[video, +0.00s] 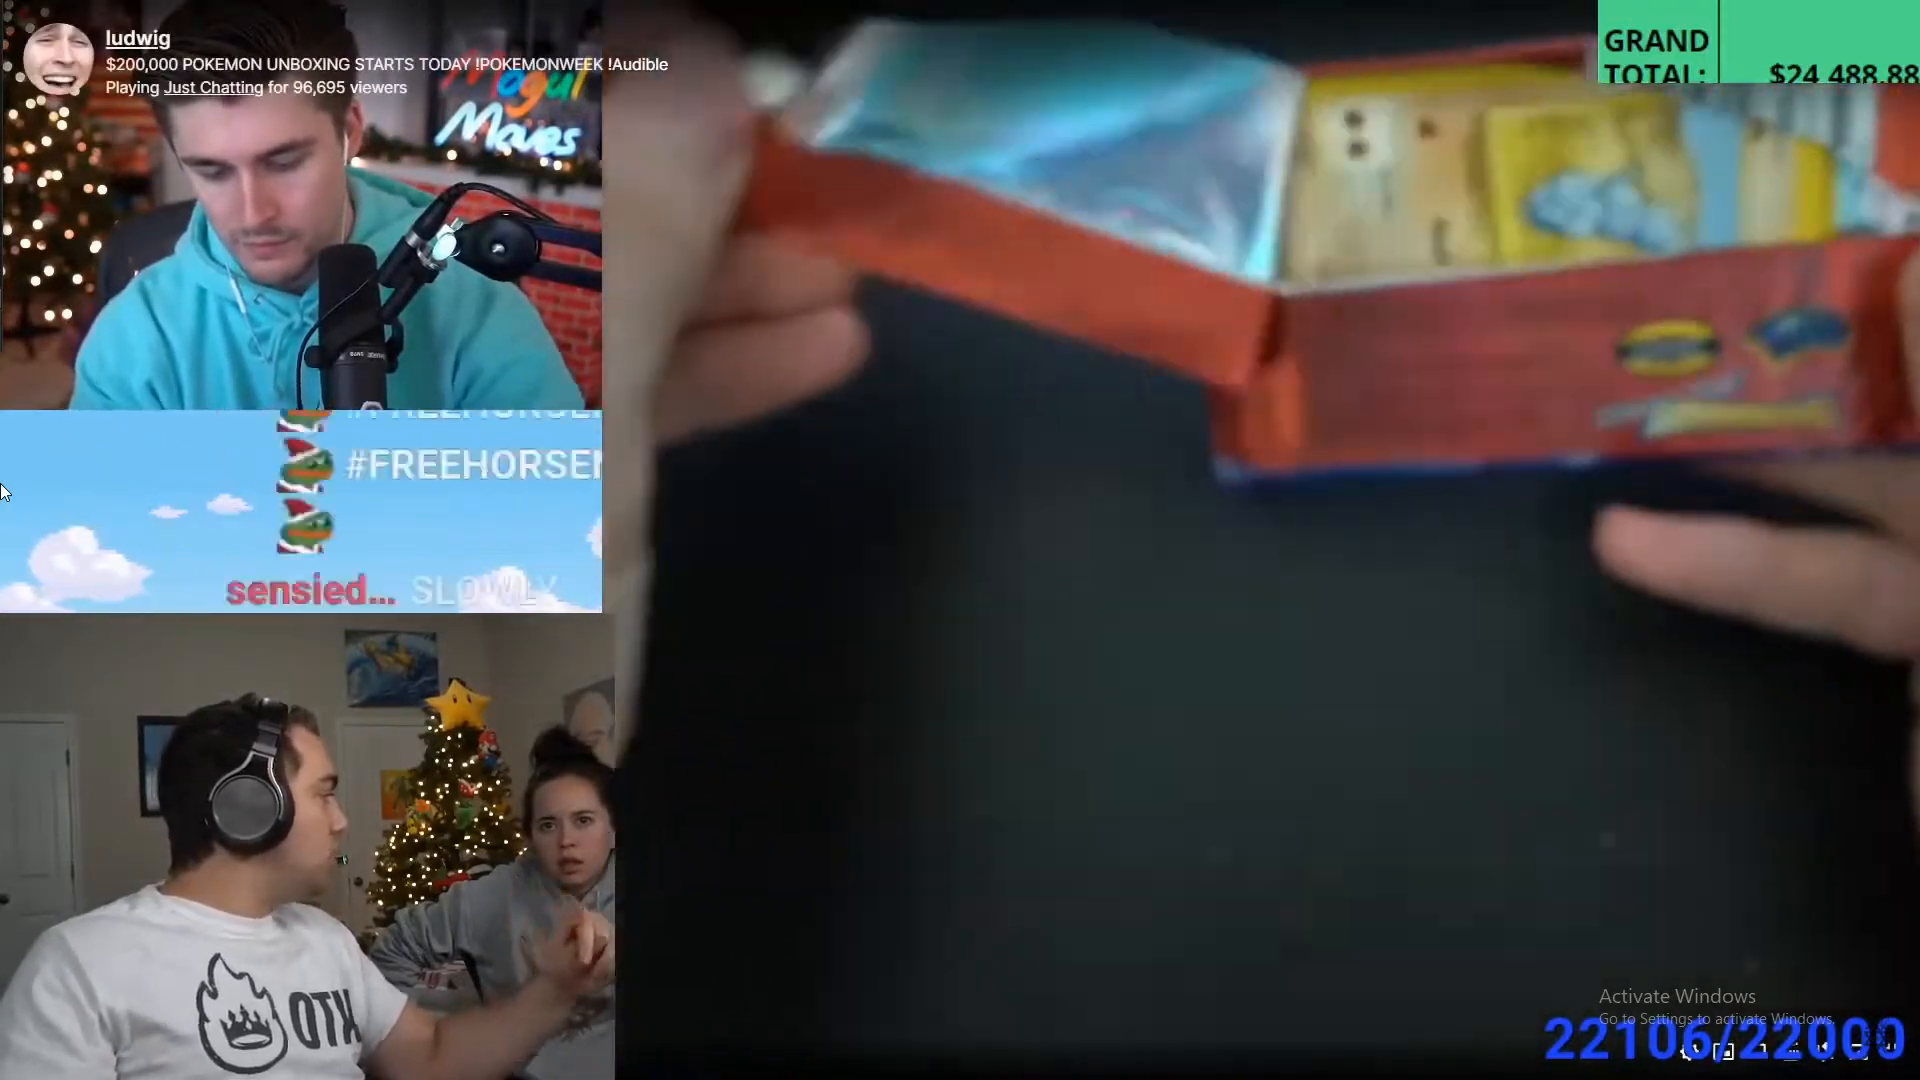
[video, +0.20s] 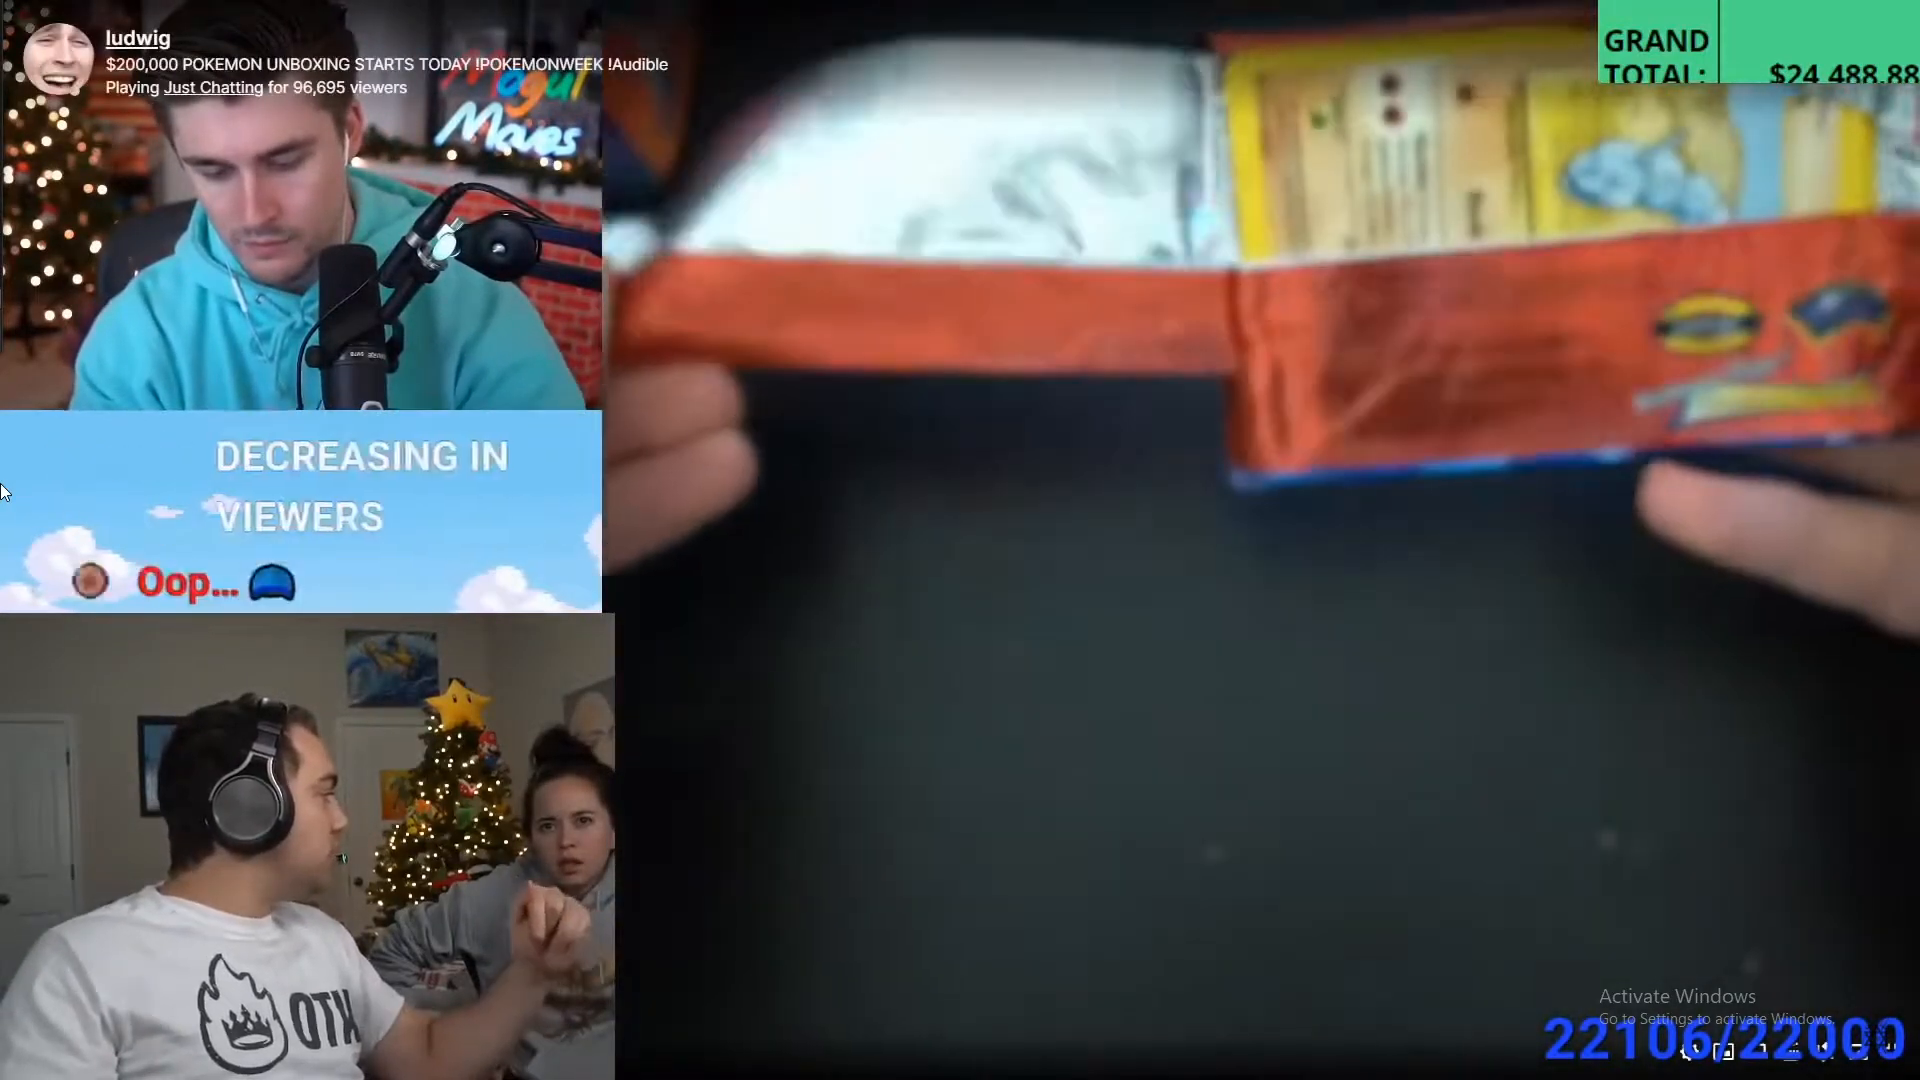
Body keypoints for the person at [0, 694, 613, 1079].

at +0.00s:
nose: (342, 819)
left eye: (335, 793)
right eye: (325, 792)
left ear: (256, 802)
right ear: (244, 802)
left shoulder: (324, 943)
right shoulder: (79, 966)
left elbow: (432, 1051)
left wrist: (557, 990)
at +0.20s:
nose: (342, 817)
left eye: (334, 793)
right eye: (324, 792)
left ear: (261, 799)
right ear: (246, 802)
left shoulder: (324, 942)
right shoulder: (80, 965)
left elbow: (426, 1055)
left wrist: (530, 972)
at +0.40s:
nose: (340, 819)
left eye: (333, 795)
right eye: (323, 793)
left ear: (259, 799)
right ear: (244, 801)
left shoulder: (323, 940)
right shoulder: (78, 966)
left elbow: (426, 1054)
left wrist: (524, 969)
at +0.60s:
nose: (341, 821)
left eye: (333, 794)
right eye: (323, 792)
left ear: (260, 799)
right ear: (245, 801)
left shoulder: (322, 941)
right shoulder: (76, 967)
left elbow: (426, 1054)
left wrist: (530, 977)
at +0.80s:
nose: (341, 822)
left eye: (333, 795)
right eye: (323, 794)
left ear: (258, 801)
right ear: (243, 803)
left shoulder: (324, 944)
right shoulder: (77, 966)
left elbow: (429, 1054)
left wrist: (525, 974)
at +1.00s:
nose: (341, 820)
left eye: (333, 794)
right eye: (323, 793)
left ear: (251, 803)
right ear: (239, 804)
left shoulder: (320, 941)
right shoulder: (76, 967)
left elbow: (429, 1054)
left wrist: (533, 978)